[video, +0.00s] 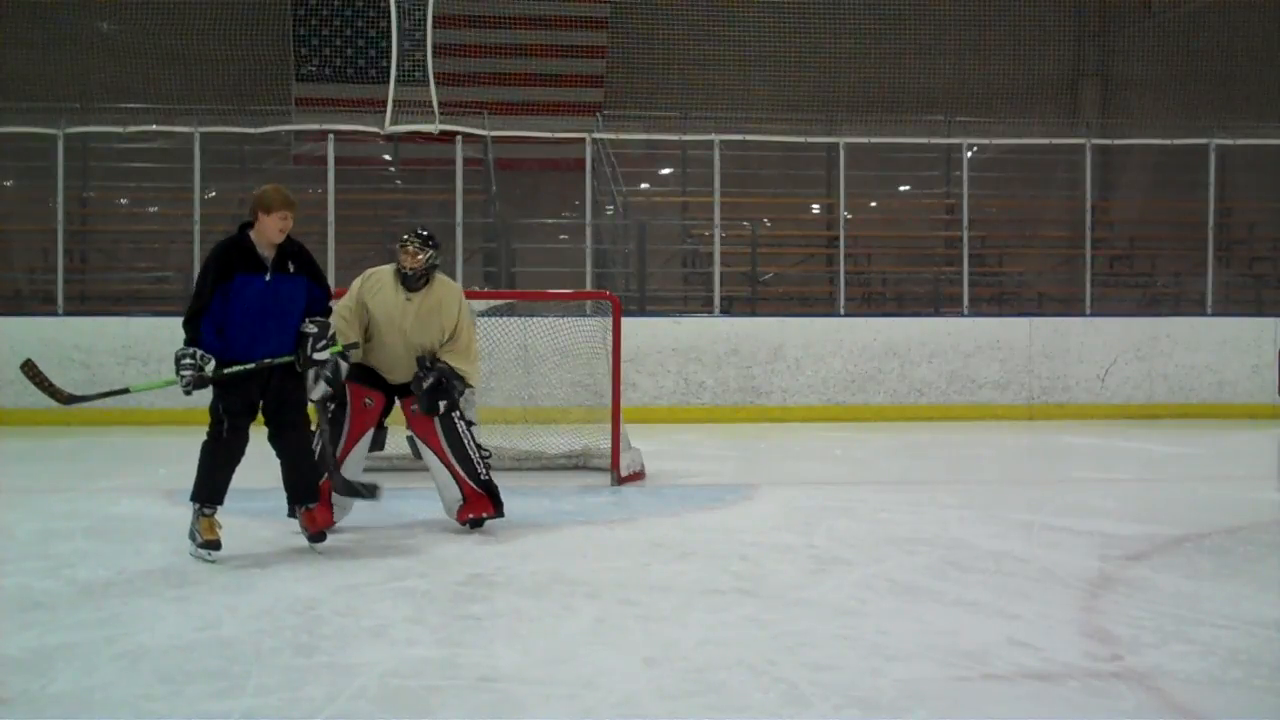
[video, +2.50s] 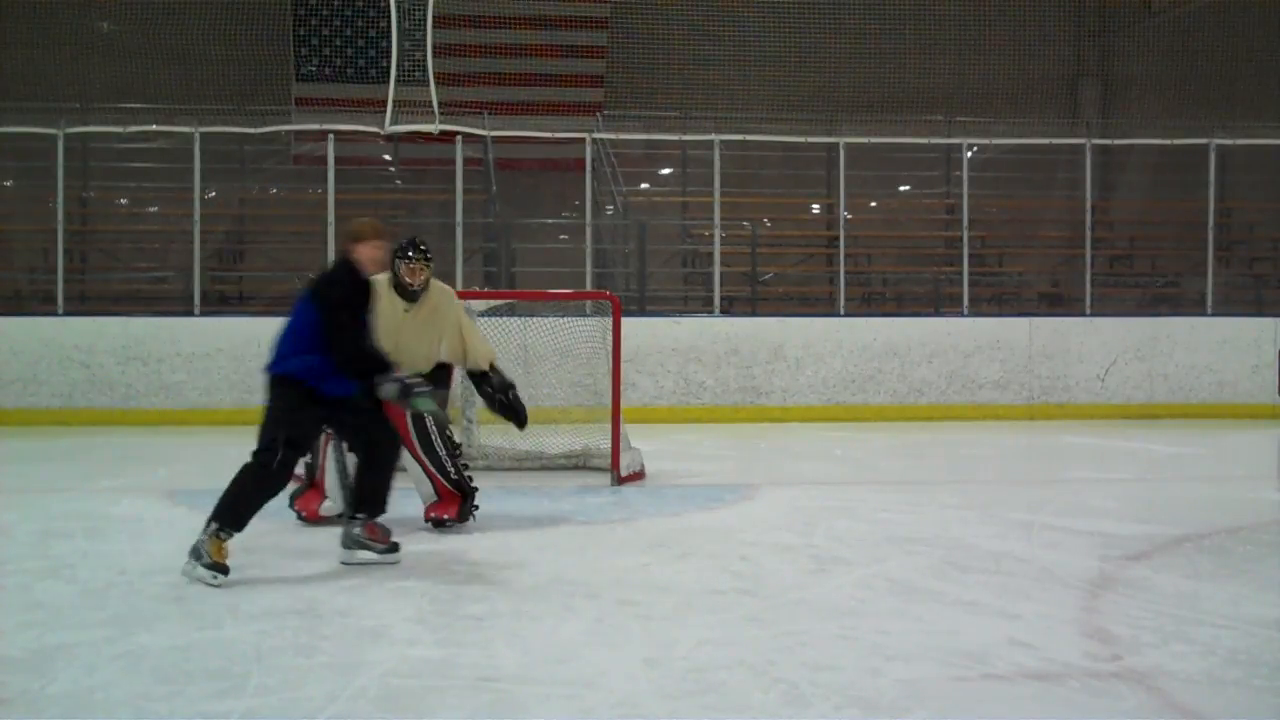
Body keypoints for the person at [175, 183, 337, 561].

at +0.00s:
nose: (286, 227)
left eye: (290, 220)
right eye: (280, 219)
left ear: (291, 222)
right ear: (258, 217)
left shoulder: (298, 257)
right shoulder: (226, 256)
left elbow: (320, 300)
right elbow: (199, 311)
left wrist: (315, 330)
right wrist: (195, 354)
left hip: (284, 365)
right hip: (235, 367)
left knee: (295, 436)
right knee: (228, 439)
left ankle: (306, 507)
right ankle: (205, 513)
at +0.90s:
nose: (232, 219)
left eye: (240, 214)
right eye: (228, 212)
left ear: (254, 220)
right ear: (221, 217)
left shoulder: (275, 259)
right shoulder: (200, 259)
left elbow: (303, 306)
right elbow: (177, 313)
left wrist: (302, 333)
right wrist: (160, 353)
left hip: (262, 362)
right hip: (210, 363)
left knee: (274, 430)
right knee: (201, 432)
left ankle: (295, 502)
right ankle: (185, 506)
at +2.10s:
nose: (247, 225)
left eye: (254, 219)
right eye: (241, 218)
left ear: (266, 224)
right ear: (231, 222)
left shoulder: (276, 263)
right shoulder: (209, 265)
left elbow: (294, 308)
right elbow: (191, 327)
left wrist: (309, 328)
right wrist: (203, 373)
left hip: (267, 374)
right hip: (220, 378)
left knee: (286, 444)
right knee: (211, 452)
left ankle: (290, 517)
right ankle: (184, 532)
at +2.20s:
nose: (268, 228)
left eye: (276, 222)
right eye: (262, 220)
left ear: (286, 228)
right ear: (249, 223)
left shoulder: (288, 266)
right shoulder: (227, 265)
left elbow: (299, 312)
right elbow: (214, 328)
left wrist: (316, 326)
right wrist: (230, 377)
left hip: (279, 374)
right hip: (232, 376)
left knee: (304, 442)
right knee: (230, 454)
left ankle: (298, 522)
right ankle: (193, 535)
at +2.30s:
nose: (300, 238)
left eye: (306, 231)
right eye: (293, 230)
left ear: (311, 237)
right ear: (274, 232)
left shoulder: (303, 278)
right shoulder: (253, 274)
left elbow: (305, 329)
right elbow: (243, 339)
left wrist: (322, 353)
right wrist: (268, 378)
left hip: (291, 380)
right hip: (246, 380)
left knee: (330, 441)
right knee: (244, 456)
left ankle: (316, 525)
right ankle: (200, 535)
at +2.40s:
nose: (335, 253)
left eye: (340, 246)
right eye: (328, 244)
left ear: (344, 251)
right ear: (309, 245)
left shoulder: (319, 288)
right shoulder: (290, 282)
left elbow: (325, 344)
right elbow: (295, 349)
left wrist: (347, 374)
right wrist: (329, 378)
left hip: (302, 389)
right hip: (266, 388)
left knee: (356, 441)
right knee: (261, 464)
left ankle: (343, 524)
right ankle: (207, 537)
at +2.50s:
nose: (382, 254)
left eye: (384, 247)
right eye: (375, 247)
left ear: (381, 252)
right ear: (354, 248)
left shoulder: (359, 286)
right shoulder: (339, 283)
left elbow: (357, 343)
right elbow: (346, 344)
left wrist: (384, 374)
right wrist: (381, 376)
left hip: (339, 386)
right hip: (300, 383)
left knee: (382, 441)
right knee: (275, 462)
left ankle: (362, 527)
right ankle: (213, 539)